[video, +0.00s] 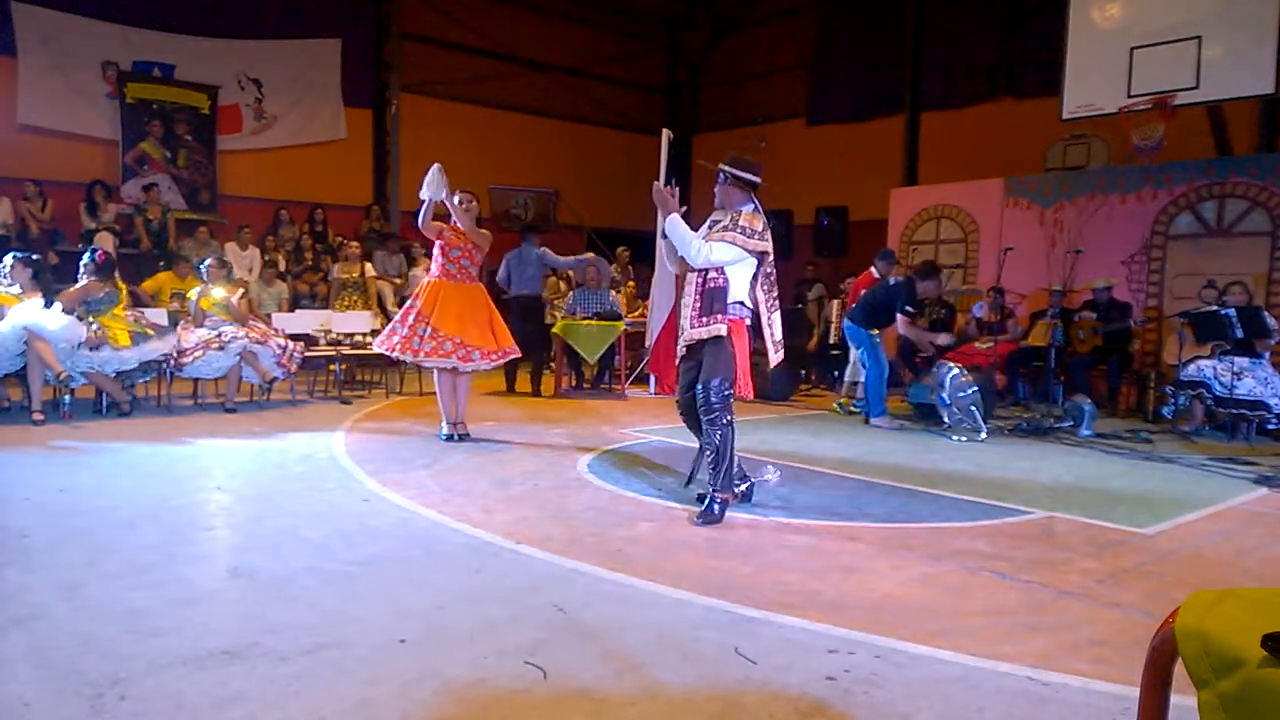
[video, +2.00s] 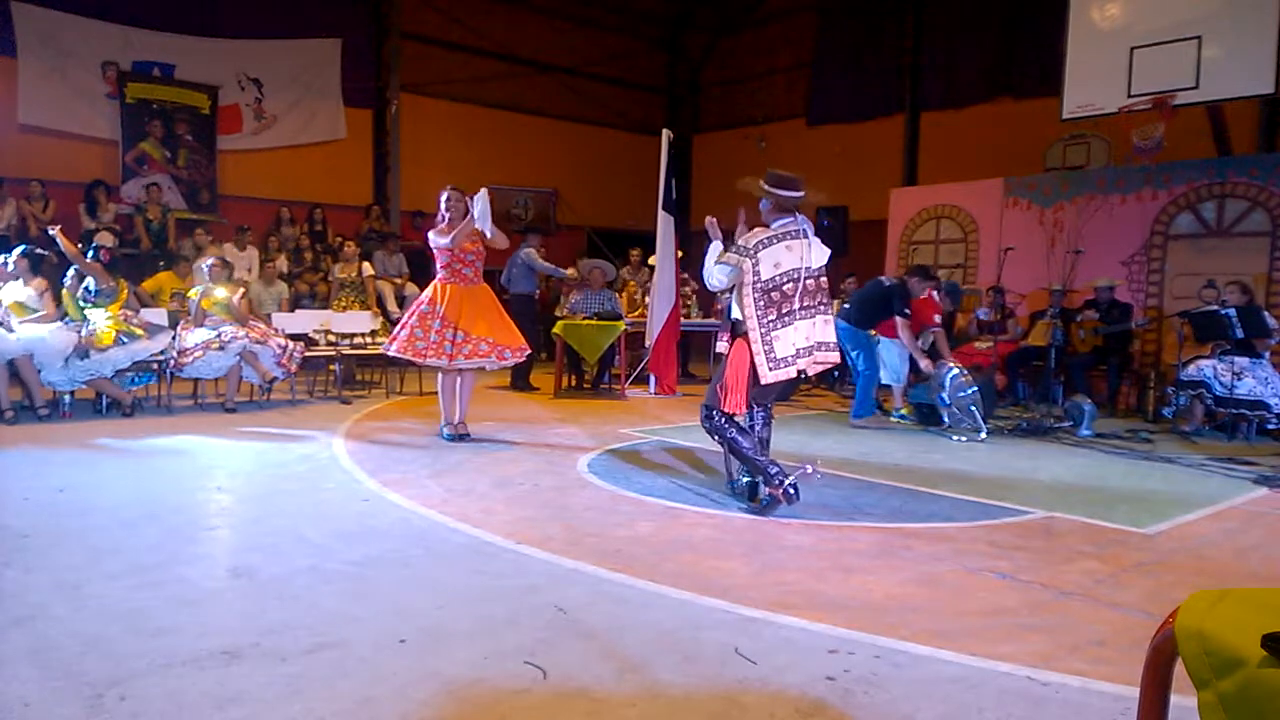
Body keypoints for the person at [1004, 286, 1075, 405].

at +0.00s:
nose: (1055, 299)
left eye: (1058, 296)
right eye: (1053, 296)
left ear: (1063, 298)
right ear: (1049, 297)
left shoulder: (1068, 315)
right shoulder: (1037, 315)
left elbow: (1068, 340)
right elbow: (1028, 335)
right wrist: (1024, 342)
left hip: (1056, 349)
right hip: (1035, 348)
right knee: (1013, 357)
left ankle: (1042, 398)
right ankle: (1013, 395)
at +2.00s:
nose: (1056, 299)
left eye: (1059, 296)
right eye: (1053, 295)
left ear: (1063, 297)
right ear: (1049, 296)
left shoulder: (1068, 314)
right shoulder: (1037, 315)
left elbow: (1068, 338)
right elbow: (1029, 334)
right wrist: (1025, 341)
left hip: (1056, 348)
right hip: (1036, 347)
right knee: (1012, 359)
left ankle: (1043, 398)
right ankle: (1013, 395)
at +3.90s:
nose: (1056, 299)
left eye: (1059, 296)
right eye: (1054, 295)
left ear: (1063, 297)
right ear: (1049, 296)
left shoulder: (1068, 314)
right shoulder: (1037, 315)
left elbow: (1068, 339)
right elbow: (1028, 334)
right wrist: (1024, 342)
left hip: (1055, 348)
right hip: (1035, 348)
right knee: (1011, 358)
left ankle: (1042, 398)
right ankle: (1013, 395)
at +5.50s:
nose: (1055, 299)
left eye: (1058, 295)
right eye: (1053, 295)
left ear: (1063, 297)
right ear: (1049, 296)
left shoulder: (1067, 314)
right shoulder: (1036, 315)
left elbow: (1068, 340)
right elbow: (1028, 336)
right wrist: (1024, 342)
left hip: (1056, 348)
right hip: (1036, 348)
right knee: (1012, 358)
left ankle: (1043, 398)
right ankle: (1013, 395)